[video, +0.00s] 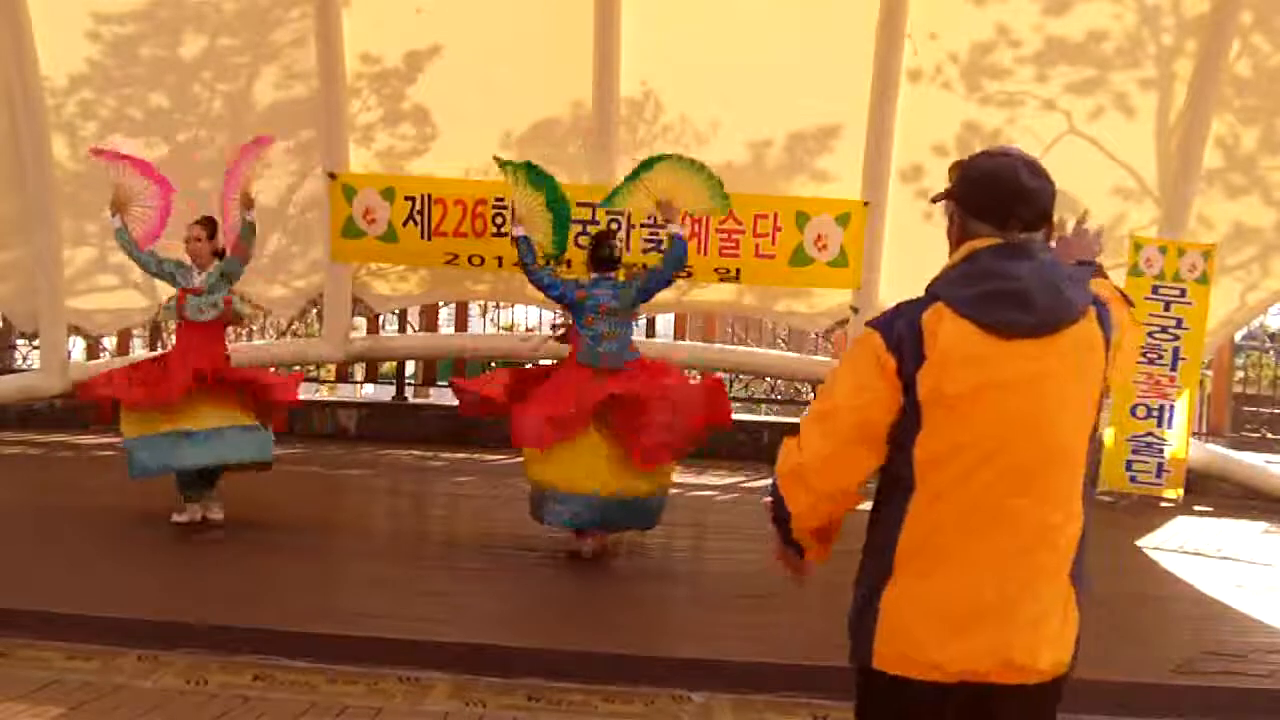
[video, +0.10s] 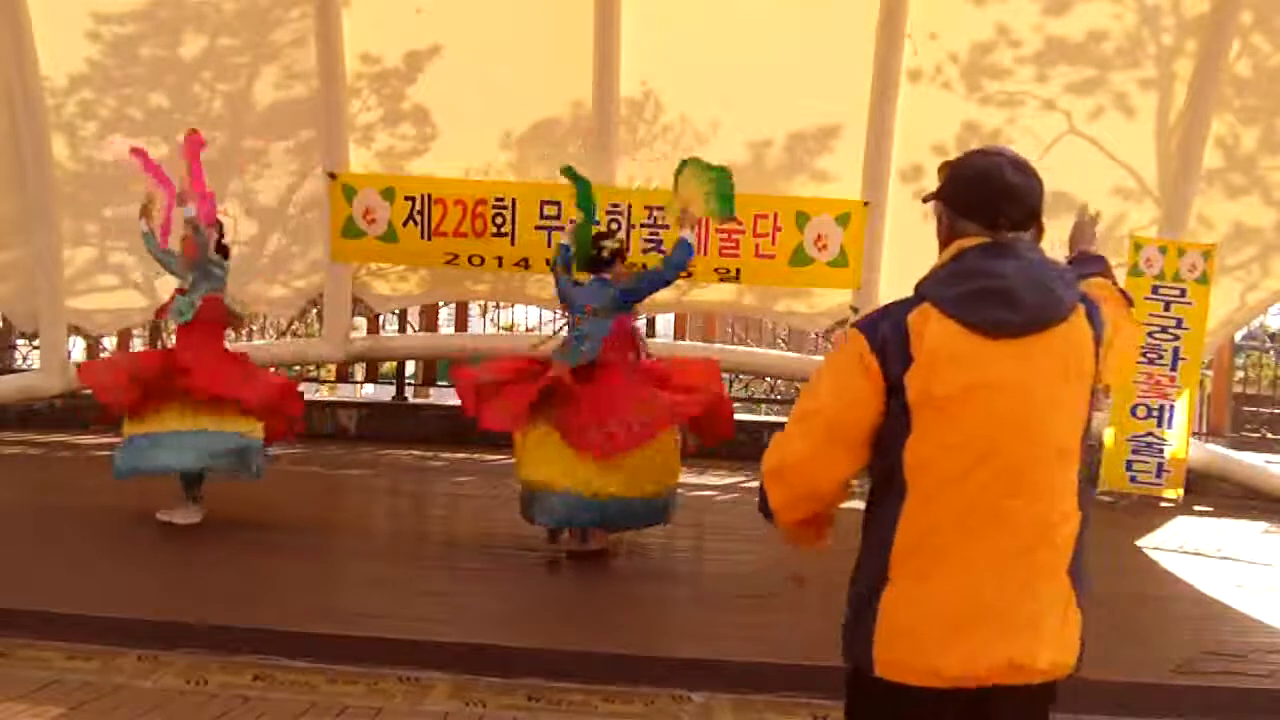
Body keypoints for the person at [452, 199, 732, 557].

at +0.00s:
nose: (615, 259)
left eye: (607, 255)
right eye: (616, 254)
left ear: (588, 260)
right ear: (619, 259)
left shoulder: (575, 293)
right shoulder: (631, 291)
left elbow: (538, 275)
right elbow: (670, 268)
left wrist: (521, 236)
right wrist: (675, 228)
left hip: (582, 372)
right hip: (624, 372)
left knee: (580, 447)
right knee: (614, 449)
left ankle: (583, 529)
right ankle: (600, 529)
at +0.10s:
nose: (627, 266)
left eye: (625, 260)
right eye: (624, 260)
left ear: (586, 262)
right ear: (615, 262)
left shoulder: (572, 292)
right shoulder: (621, 293)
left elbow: (561, 267)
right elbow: (665, 274)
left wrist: (569, 237)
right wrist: (686, 234)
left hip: (574, 372)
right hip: (614, 376)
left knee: (574, 448)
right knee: (604, 449)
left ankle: (573, 525)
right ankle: (594, 528)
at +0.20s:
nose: (626, 268)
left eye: (627, 262)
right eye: (622, 262)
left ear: (613, 264)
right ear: (607, 263)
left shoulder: (608, 291)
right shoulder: (600, 290)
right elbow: (631, 273)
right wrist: (659, 237)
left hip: (605, 372)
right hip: (590, 372)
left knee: (595, 448)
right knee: (585, 447)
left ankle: (589, 526)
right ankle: (581, 529)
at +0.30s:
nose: (630, 271)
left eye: (632, 265)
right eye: (626, 264)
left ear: (628, 268)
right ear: (609, 265)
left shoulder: (626, 296)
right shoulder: (595, 294)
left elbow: (650, 285)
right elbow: (592, 275)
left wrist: (677, 258)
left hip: (625, 375)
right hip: (593, 374)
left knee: (621, 445)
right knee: (590, 446)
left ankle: (616, 523)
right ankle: (586, 525)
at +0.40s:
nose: (624, 270)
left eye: (629, 264)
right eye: (618, 263)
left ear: (633, 267)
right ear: (600, 264)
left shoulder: (634, 297)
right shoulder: (589, 291)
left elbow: (673, 293)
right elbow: (556, 280)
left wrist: (704, 266)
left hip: (629, 377)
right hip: (591, 374)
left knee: (623, 446)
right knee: (590, 443)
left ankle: (613, 523)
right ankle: (582, 518)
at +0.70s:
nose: (601, 270)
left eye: (608, 265)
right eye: (597, 264)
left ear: (622, 267)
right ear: (591, 265)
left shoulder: (628, 298)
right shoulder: (582, 294)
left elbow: (652, 316)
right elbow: (548, 316)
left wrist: (638, 298)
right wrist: (516, 331)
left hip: (623, 379)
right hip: (585, 376)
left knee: (617, 451)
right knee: (589, 449)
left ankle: (605, 528)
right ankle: (587, 525)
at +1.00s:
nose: (582, 272)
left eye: (590, 266)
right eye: (581, 265)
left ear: (610, 269)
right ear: (582, 267)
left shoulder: (616, 301)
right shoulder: (587, 300)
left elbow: (610, 340)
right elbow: (589, 340)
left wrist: (569, 341)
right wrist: (560, 338)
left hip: (610, 386)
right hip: (585, 385)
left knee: (603, 451)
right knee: (584, 448)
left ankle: (605, 529)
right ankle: (586, 526)